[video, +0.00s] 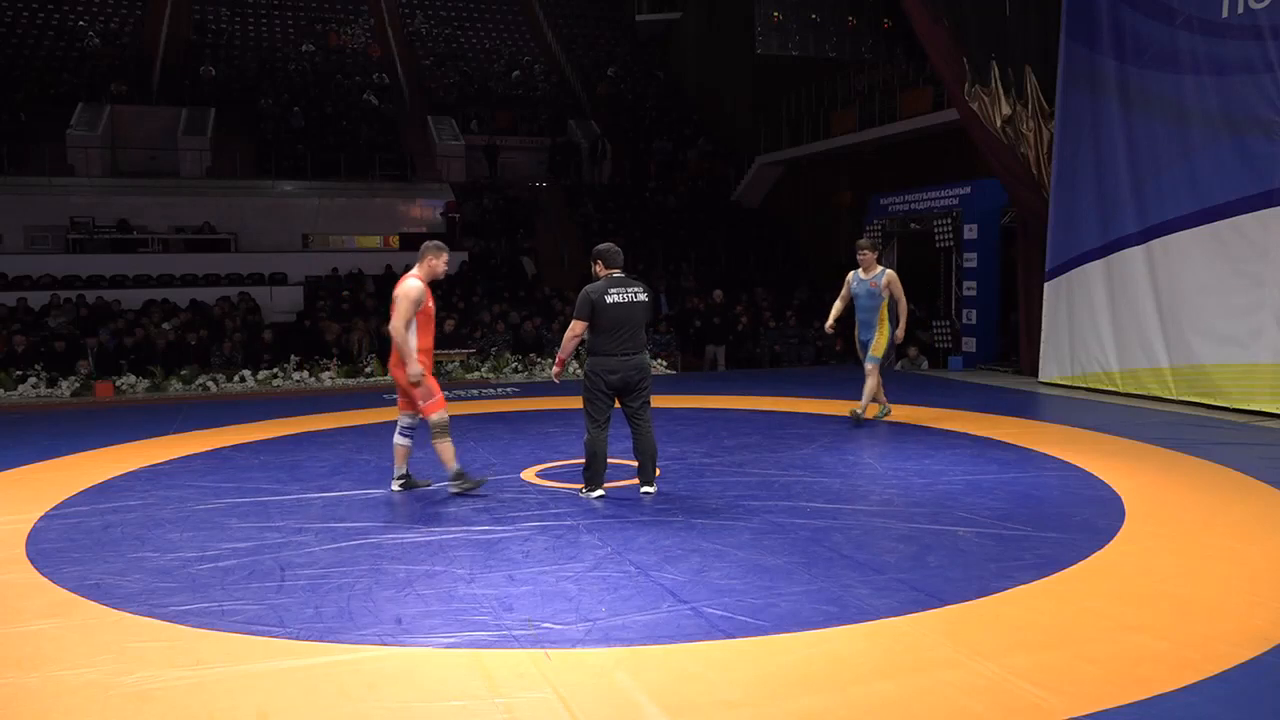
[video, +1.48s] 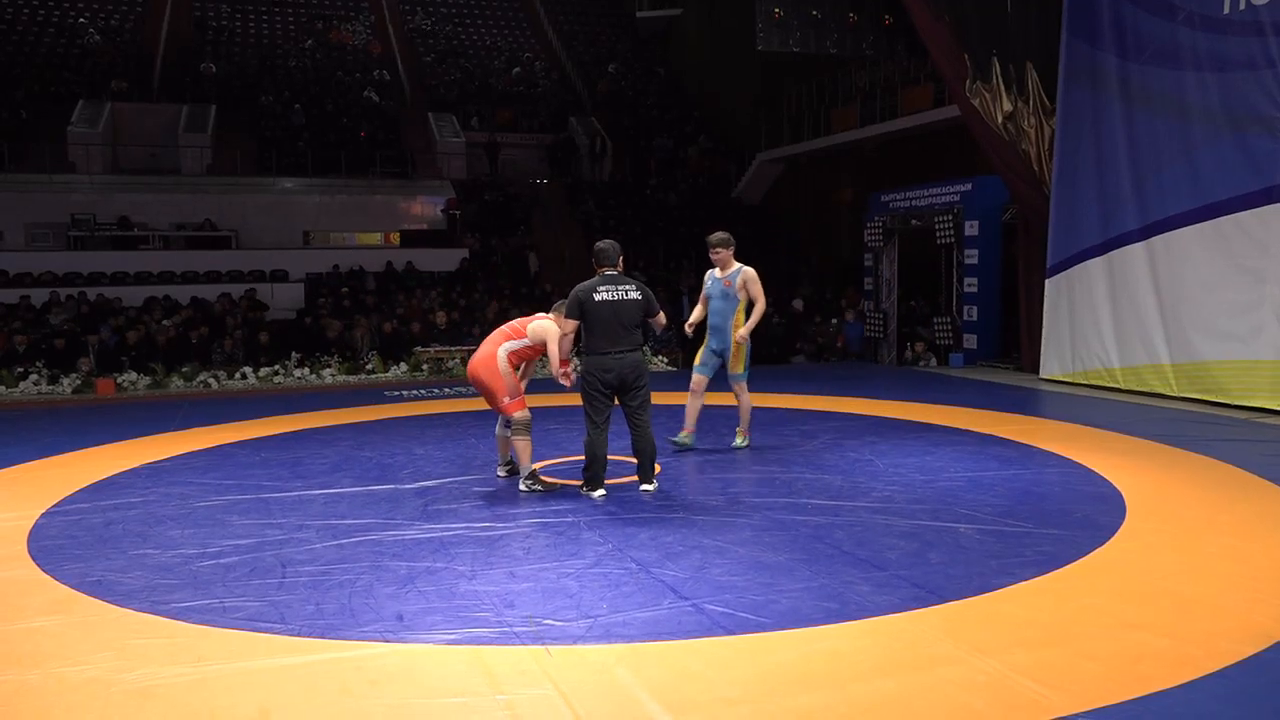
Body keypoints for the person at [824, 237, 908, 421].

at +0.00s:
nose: (860, 257)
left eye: (865, 254)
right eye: (858, 254)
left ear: (875, 255)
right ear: (856, 256)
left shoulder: (888, 276)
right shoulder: (852, 276)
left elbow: (901, 301)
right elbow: (842, 300)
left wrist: (901, 328)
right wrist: (831, 318)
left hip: (880, 330)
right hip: (860, 330)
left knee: (871, 367)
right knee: (870, 369)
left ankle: (861, 409)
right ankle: (883, 403)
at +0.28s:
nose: (839, 255)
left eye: (843, 252)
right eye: (837, 252)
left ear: (854, 253)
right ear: (835, 253)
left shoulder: (867, 275)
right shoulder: (833, 274)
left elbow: (879, 303)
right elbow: (827, 301)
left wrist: (878, 331)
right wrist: (821, 325)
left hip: (857, 332)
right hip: (836, 331)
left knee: (855, 373)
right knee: (829, 372)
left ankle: (856, 414)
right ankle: (853, 399)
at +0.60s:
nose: (804, 260)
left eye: (808, 256)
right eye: (802, 256)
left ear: (819, 256)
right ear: (799, 258)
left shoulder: (833, 277)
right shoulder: (800, 280)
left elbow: (848, 301)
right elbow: (803, 308)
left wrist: (843, 325)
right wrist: (800, 332)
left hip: (825, 338)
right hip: (802, 337)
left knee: (833, 380)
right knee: (794, 378)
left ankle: (849, 412)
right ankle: (791, 422)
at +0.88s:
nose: (774, 254)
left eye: (778, 250)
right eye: (772, 251)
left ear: (790, 250)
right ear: (770, 252)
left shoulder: (806, 272)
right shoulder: (772, 273)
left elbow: (819, 301)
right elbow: (764, 302)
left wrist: (815, 331)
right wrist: (755, 327)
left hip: (795, 333)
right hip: (775, 333)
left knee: (779, 372)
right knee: (781, 376)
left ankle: (789, 418)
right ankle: (788, 417)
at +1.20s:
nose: (744, 258)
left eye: (748, 254)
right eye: (742, 254)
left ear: (761, 254)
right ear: (740, 254)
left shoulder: (774, 279)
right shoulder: (739, 277)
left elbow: (785, 311)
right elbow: (731, 304)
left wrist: (785, 342)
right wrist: (719, 323)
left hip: (760, 338)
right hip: (741, 337)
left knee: (750, 383)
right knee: (740, 388)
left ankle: (744, 431)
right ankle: (772, 409)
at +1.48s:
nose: (713, 256)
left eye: (717, 252)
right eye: (711, 252)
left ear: (731, 251)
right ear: (709, 253)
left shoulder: (746, 273)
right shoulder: (709, 276)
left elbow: (760, 303)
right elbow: (702, 304)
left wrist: (747, 328)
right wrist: (691, 321)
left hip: (735, 342)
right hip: (710, 342)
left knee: (739, 389)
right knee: (696, 386)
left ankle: (743, 431)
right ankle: (688, 432)